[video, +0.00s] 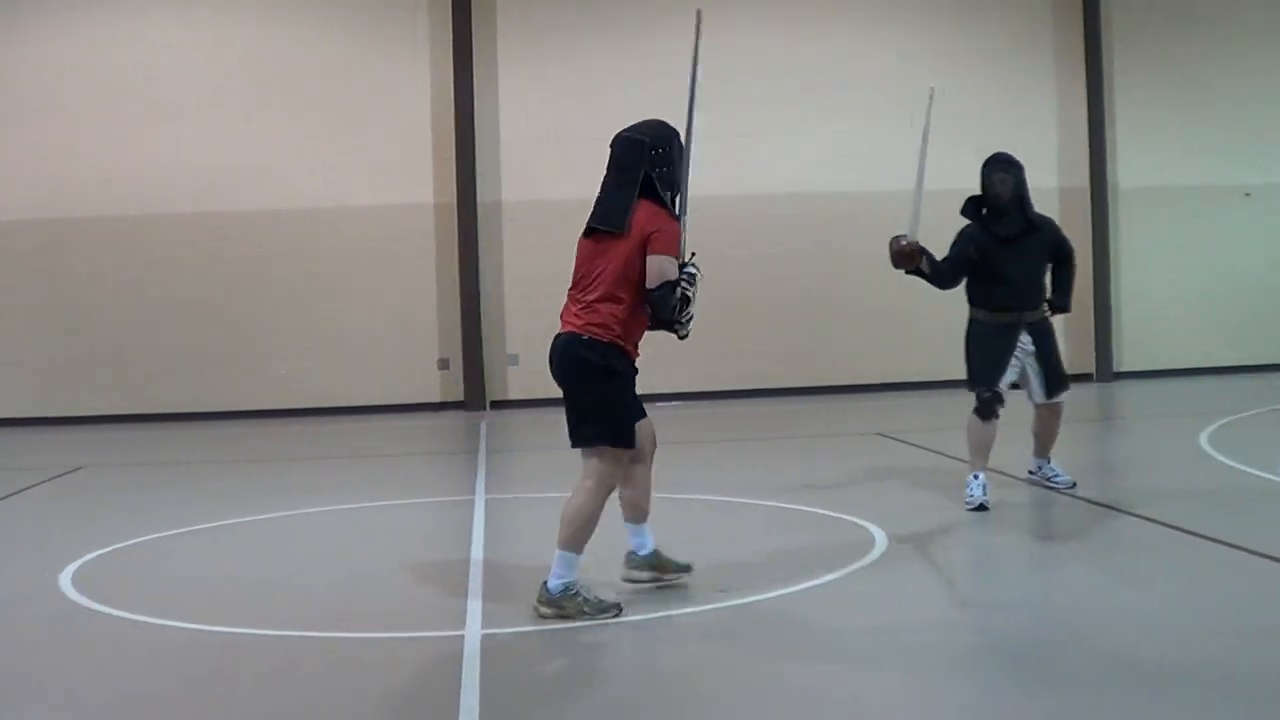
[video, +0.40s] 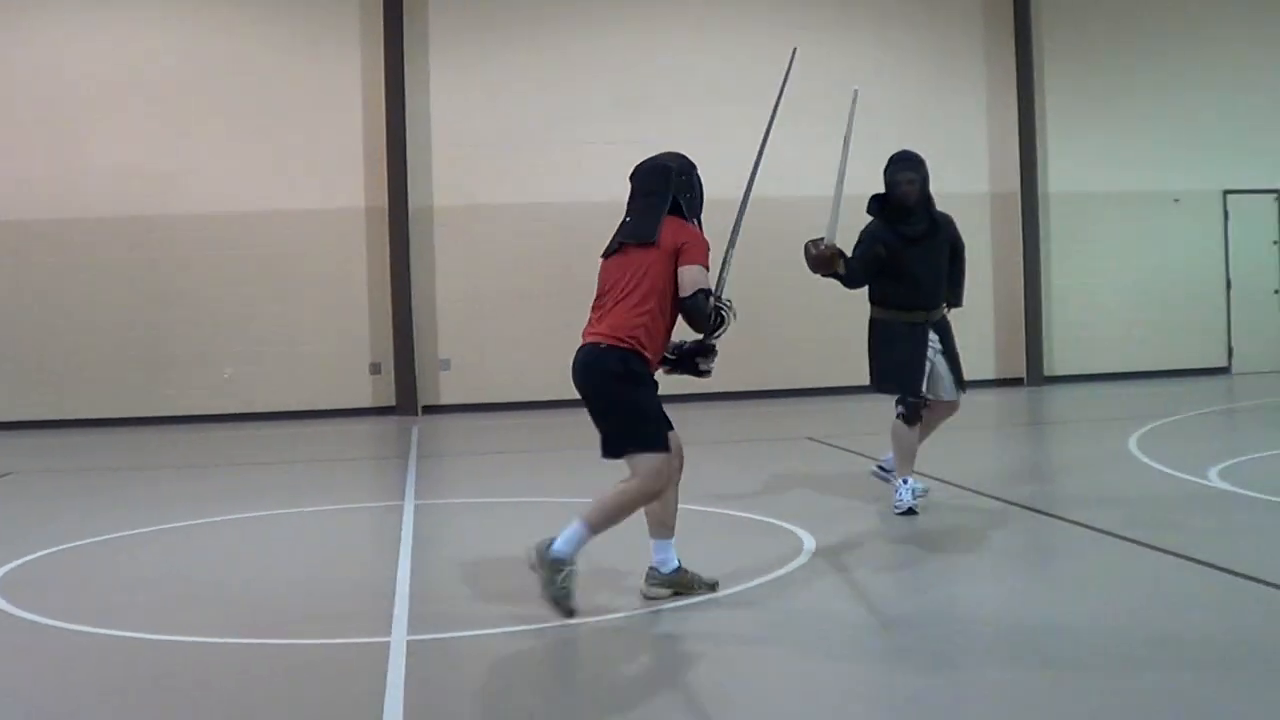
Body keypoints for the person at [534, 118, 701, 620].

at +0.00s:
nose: (680, 170)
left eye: (677, 159)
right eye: (677, 161)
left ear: (624, 163)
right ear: (664, 165)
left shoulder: (602, 213)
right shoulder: (658, 219)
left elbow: (600, 284)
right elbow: (661, 302)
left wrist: (663, 286)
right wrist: (679, 307)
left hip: (571, 347)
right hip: (601, 355)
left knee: (641, 442)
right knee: (605, 468)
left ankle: (641, 553)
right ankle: (559, 585)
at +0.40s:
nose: (699, 197)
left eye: (697, 188)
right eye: (696, 188)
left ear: (643, 192)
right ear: (685, 190)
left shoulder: (625, 236)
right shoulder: (686, 234)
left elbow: (619, 318)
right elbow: (696, 307)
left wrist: (673, 353)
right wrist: (714, 319)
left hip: (595, 360)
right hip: (620, 364)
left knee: (671, 452)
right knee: (655, 473)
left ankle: (665, 569)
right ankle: (558, 551)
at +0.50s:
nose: (714, 197)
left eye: (711, 188)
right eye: (711, 188)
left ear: (655, 188)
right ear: (700, 189)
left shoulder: (638, 232)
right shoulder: (699, 230)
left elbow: (629, 317)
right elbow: (711, 301)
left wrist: (686, 352)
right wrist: (728, 315)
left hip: (606, 357)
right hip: (638, 359)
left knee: (673, 466)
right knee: (683, 470)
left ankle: (661, 566)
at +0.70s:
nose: (750, 227)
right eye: (747, 219)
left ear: (694, 220)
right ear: (741, 222)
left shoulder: (674, 267)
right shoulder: (746, 270)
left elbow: (679, 335)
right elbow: (755, 331)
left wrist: (735, 359)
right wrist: (776, 324)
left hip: (636, 391)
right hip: (683, 394)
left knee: (693, 468)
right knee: (732, 507)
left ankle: (723, 548)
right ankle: (667, 595)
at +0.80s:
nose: (766, 244)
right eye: (764, 237)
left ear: (713, 239)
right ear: (758, 238)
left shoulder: (695, 283)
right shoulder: (769, 283)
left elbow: (717, 347)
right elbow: (789, 343)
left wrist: (770, 345)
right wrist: (795, 326)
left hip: (660, 400)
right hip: (706, 400)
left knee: (714, 463)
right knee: (737, 513)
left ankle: (739, 539)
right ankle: (668, 595)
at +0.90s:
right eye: (773, 232)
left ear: (725, 235)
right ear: (771, 238)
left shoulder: (706, 280)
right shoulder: (788, 280)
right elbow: (823, 326)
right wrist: (820, 290)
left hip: (695, 387)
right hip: (749, 387)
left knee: (733, 461)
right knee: (727, 494)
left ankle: (748, 545)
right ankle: (692, 571)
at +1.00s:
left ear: (746, 226)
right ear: (793, 231)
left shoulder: (730, 258)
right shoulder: (806, 269)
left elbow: (742, 256)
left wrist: (781, 235)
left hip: (727, 370)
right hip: (782, 375)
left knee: (727, 456)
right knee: (769, 481)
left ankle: (745, 546)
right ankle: (727, 529)